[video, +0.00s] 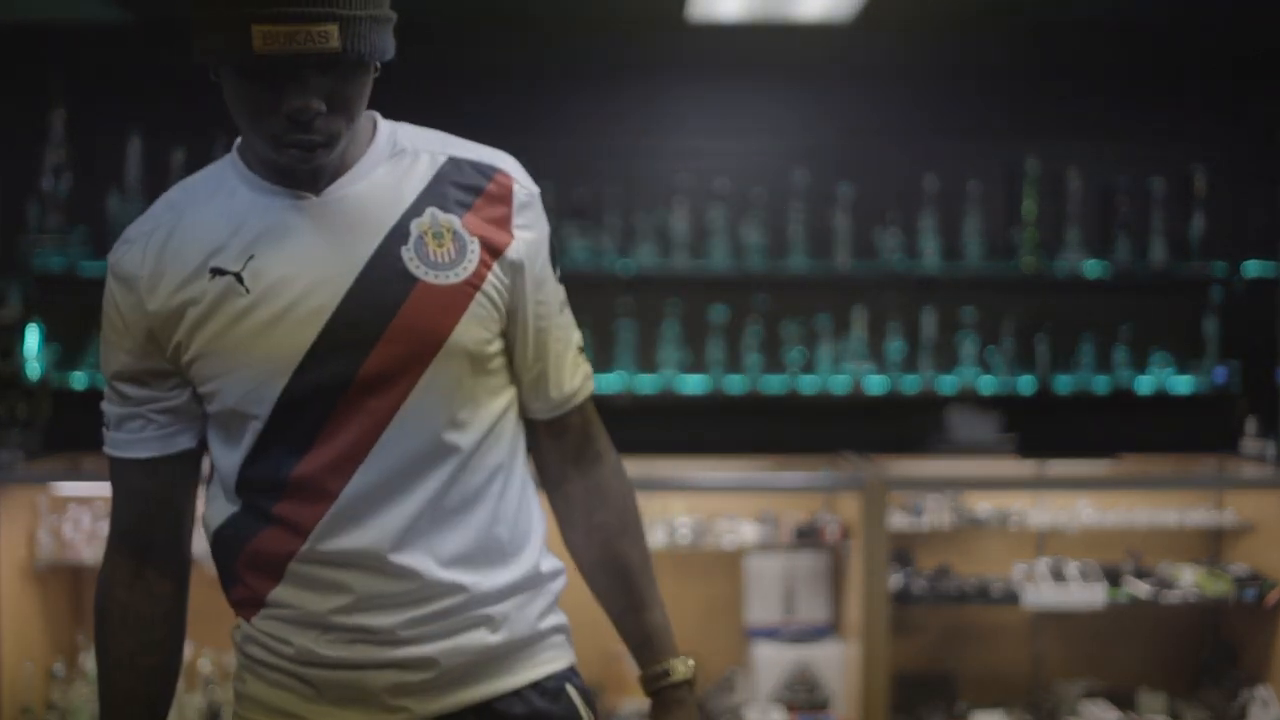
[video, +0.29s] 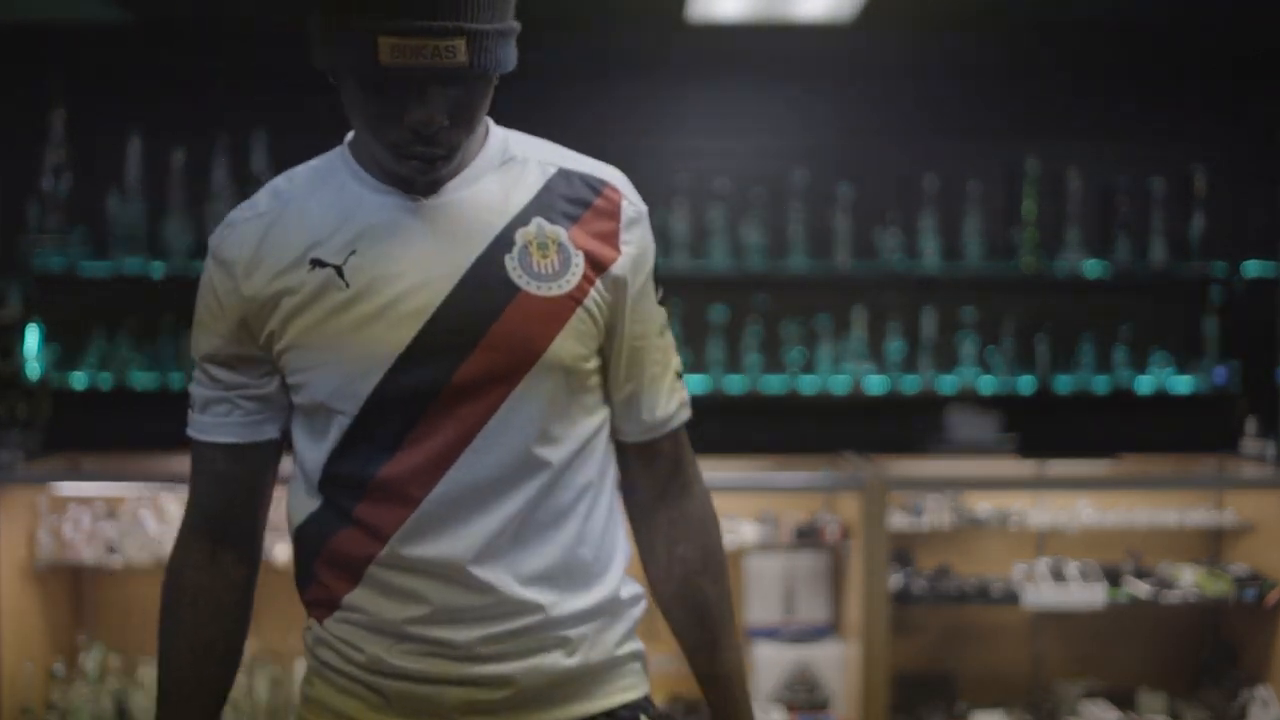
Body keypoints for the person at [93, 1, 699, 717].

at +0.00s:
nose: (305, 106)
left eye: (335, 72)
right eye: (272, 75)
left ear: (377, 57)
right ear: (222, 69)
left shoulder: (492, 197)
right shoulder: (154, 260)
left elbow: (575, 449)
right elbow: (146, 552)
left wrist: (669, 676)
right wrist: (130, 718)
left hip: (508, 678)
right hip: (296, 691)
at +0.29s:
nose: (430, 118)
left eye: (458, 83)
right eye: (395, 86)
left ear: (499, 62)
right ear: (338, 67)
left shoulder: (599, 211)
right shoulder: (258, 244)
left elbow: (666, 484)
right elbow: (218, 537)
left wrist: (735, 706)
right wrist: (184, 716)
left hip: (586, 689)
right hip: (368, 692)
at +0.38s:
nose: (488, 127)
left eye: (517, 93)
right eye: (451, 93)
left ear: (556, 69)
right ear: (393, 70)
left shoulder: (648, 218)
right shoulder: (307, 243)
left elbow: (711, 496)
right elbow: (261, 532)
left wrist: (776, 707)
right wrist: (217, 715)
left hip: (621, 689)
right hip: (406, 691)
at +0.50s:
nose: (586, 127)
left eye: (617, 94)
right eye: (550, 93)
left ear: (651, 79)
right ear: (489, 71)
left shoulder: (731, 224)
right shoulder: (389, 237)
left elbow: (788, 506)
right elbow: (337, 522)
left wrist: (848, 706)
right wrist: (283, 713)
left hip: (687, 688)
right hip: (467, 688)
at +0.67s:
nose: (685, 128)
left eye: (714, 97)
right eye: (650, 94)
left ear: (746, 82)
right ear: (588, 70)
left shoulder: (818, 224)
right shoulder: (478, 223)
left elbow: (866, 506)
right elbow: (420, 504)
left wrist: (922, 706)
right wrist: (363, 710)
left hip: (747, 688)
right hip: (536, 686)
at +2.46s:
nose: (645, 144)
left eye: (674, 111)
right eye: (613, 113)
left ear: (706, 91)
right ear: (561, 89)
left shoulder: (776, 227)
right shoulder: (459, 224)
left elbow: (884, 454)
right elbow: (348, 459)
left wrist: (1029, 658)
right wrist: (257, 692)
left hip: (726, 680)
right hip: (526, 687)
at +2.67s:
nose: (718, 149)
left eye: (746, 117)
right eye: (690, 115)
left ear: (785, 88)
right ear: (629, 80)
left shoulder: (830, 233)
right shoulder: (522, 221)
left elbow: (914, 472)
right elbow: (411, 484)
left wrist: (1094, 632)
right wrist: (310, 706)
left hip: (775, 680)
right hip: (576, 682)